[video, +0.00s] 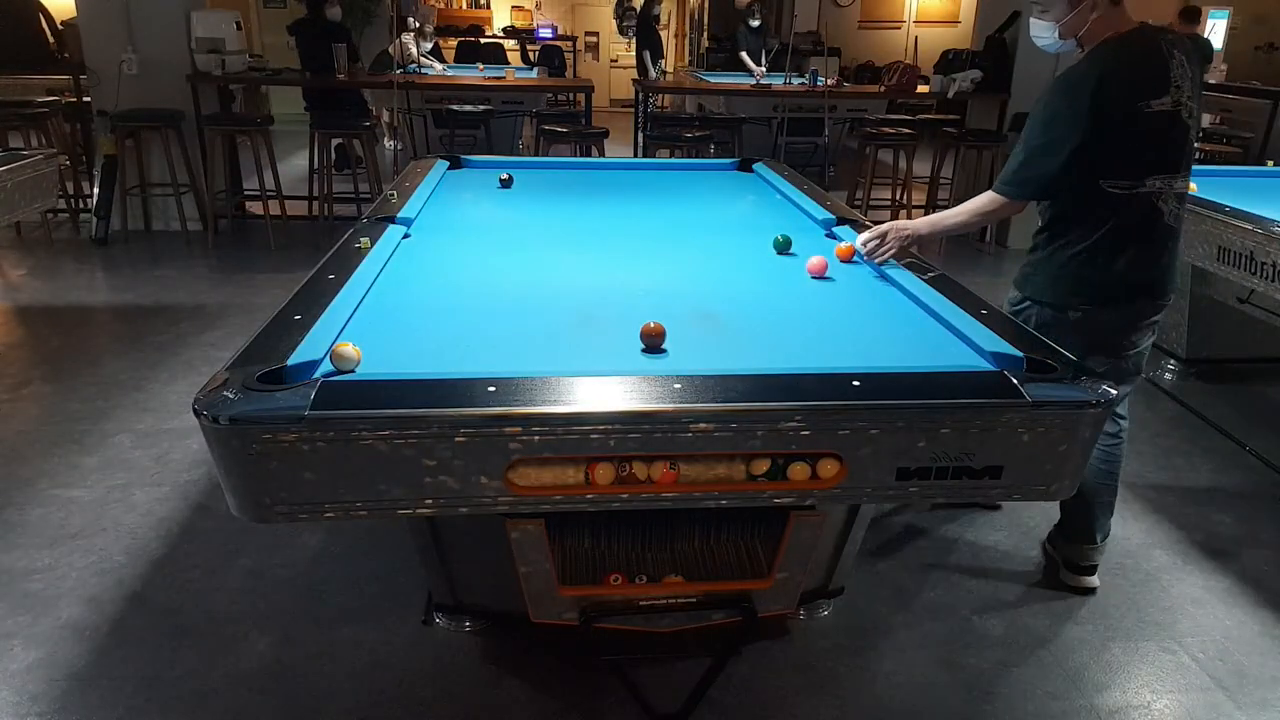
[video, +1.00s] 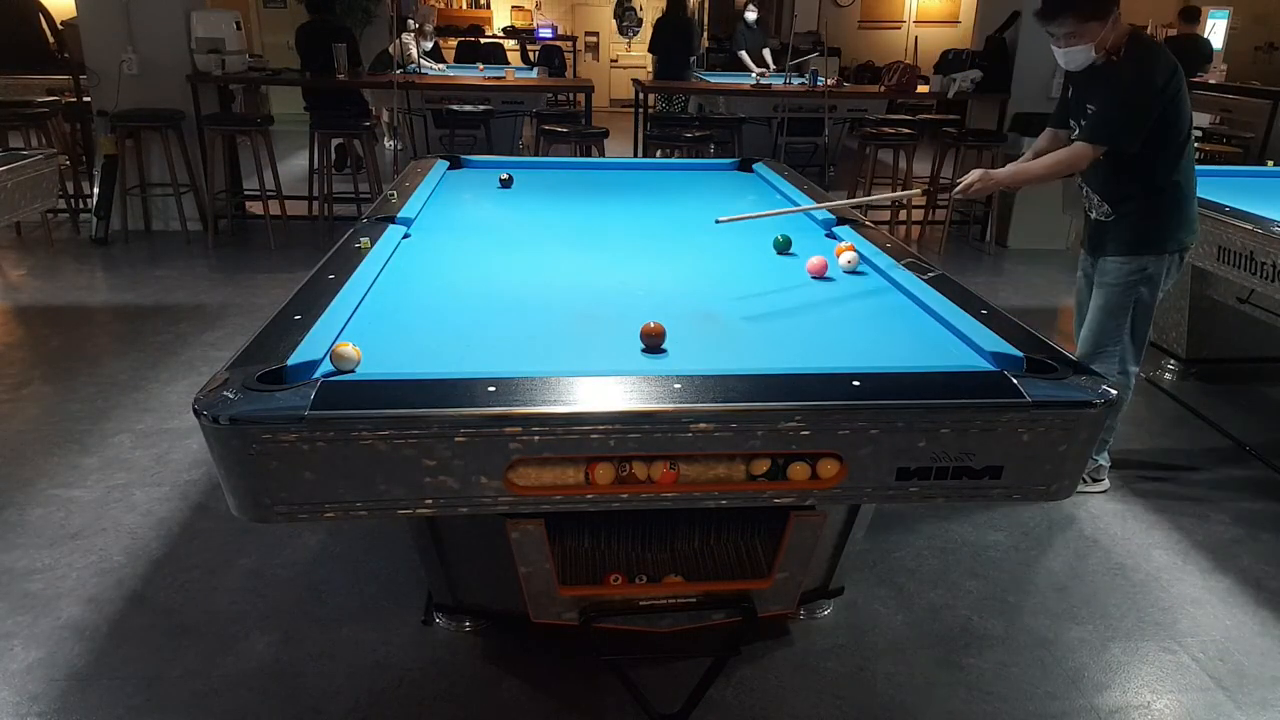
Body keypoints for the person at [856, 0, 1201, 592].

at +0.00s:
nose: (1054, 24)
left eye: (1058, 12)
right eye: (1052, 14)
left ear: (1089, 6)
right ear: (1112, 7)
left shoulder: (1081, 84)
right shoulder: (1176, 56)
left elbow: (1008, 197)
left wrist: (914, 227)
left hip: (1068, 274)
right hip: (1144, 276)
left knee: (1015, 391)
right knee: (1108, 411)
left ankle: (975, 479)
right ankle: (1079, 555)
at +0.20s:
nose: (959, 38)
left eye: (972, 29)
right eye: (953, 25)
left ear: (1013, 23)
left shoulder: (1013, 89)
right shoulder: (1036, 36)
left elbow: (962, 179)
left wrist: (893, 236)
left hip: (1024, 237)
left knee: (973, 343)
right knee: (1024, 344)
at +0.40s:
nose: (953, 38)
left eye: (967, 30)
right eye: (947, 26)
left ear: (1008, 25)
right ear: (940, 16)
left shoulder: (1011, 86)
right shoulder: (1016, 39)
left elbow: (961, 180)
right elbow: (951, 61)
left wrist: (893, 236)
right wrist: (920, 73)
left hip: (1018, 243)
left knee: (991, 358)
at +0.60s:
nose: (963, 41)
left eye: (977, 32)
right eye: (956, 28)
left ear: (1016, 28)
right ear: (949, 17)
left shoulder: (1021, 88)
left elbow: (966, 179)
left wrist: (895, 235)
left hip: (1030, 242)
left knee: (998, 357)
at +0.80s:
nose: (1064, 10)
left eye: (1076, 4)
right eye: (1064, 4)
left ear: (1110, 6)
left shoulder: (1135, 56)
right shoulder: (1078, 53)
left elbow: (1089, 143)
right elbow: (1060, 134)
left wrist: (1014, 121)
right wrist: (1031, 190)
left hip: (1101, 234)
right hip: (1064, 226)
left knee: (1041, 347)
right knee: (1082, 341)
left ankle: (1036, 452)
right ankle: (1092, 438)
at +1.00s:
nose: (1064, 48)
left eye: (1074, 37)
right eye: (1056, 37)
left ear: (1109, 18)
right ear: (1048, 27)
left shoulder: (1145, 66)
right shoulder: (1088, 62)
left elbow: (1085, 154)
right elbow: (1057, 135)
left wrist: (997, 179)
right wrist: (1009, 176)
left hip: (1147, 235)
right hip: (1105, 226)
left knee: (1104, 353)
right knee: (1089, 345)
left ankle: (1091, 461)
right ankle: (1078, 454)